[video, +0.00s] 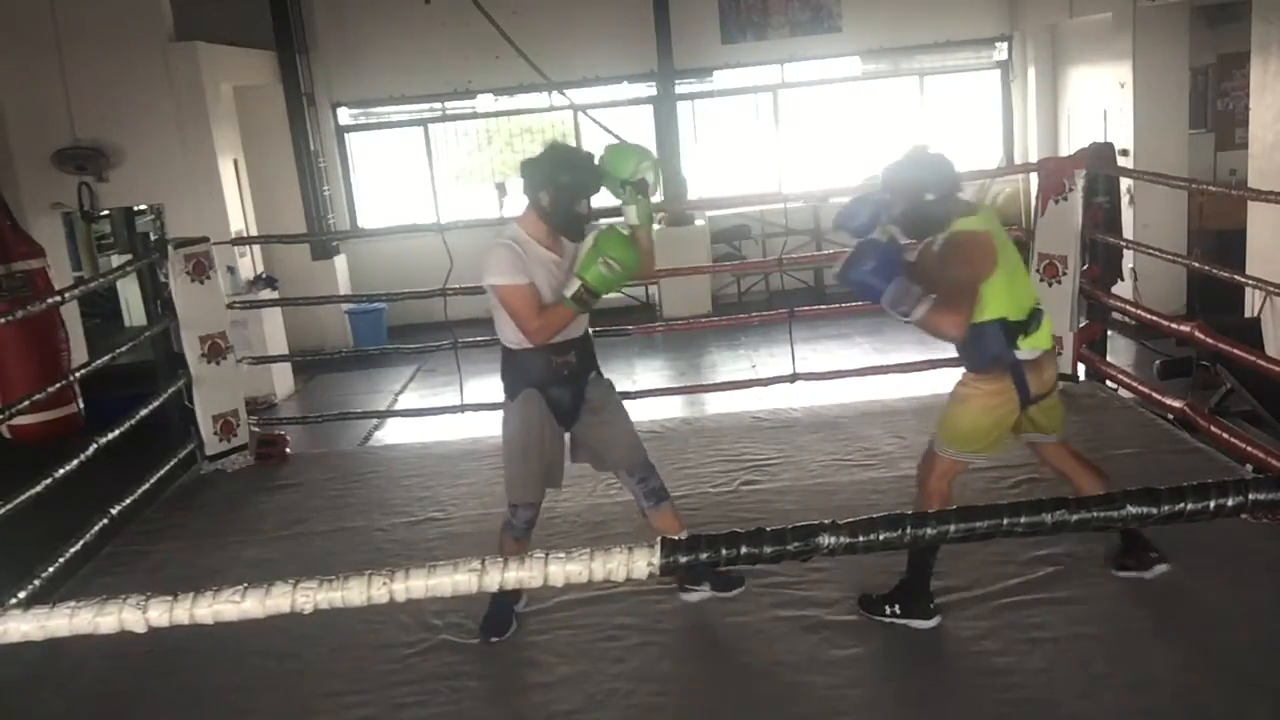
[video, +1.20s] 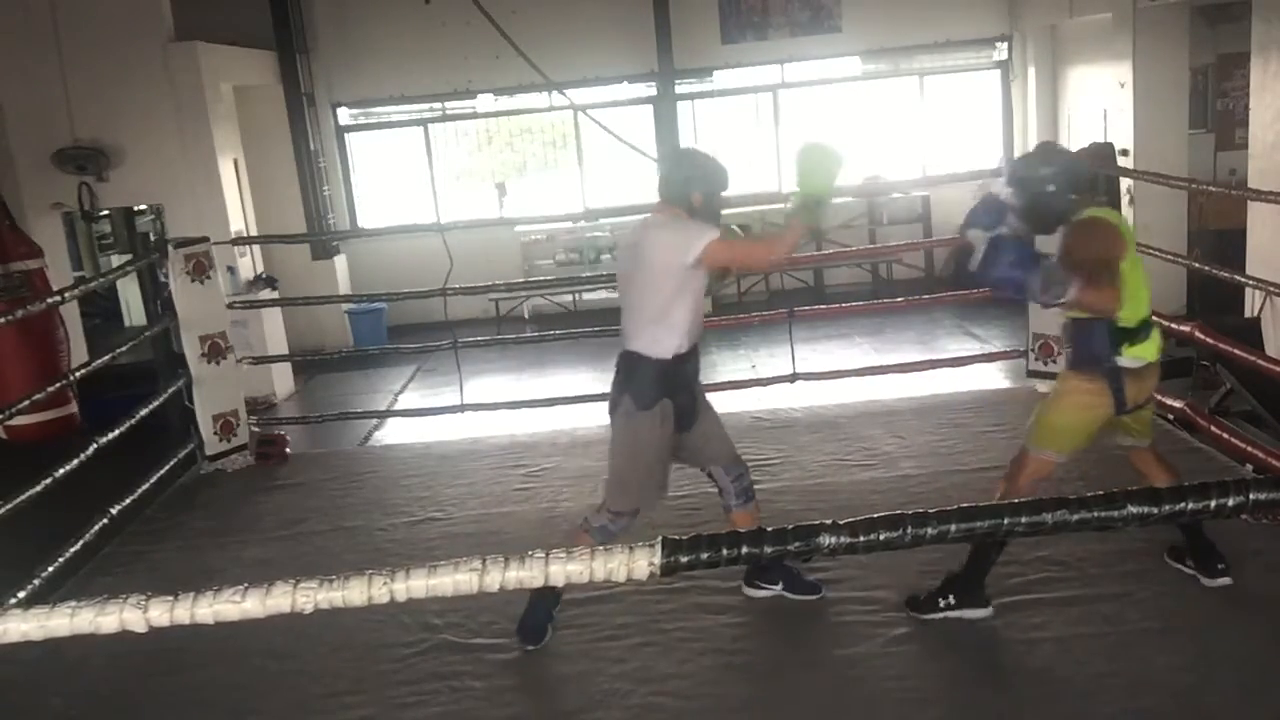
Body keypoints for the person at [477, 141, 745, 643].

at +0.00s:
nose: (589, 208)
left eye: (591, 196)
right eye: (580, 197)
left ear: (569, 197)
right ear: (548, 196)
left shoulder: (575, 243)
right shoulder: (505, 255)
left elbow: (641, 266)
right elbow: (536, 329)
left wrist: (638, 204)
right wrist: (589, 288)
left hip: (585, 379)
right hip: (531, 388)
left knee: (639, 469)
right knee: (523, 507)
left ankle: (689, 566)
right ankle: (507, 593)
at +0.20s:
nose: (620, 215)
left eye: (621, 205)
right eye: (611, 206)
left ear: (614, 203)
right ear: (578, 204)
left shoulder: (607, 251)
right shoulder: (529, 261)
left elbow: (675, 273)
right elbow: (557, 338)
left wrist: (670, 210)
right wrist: (611, 304)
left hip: (608, 388)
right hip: (552, 395)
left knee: (663, 487)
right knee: (529, 510)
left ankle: (713, 584)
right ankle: (507, 595)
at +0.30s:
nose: (647, 226)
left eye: (649, 215)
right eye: (637, 217)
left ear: (648, 212)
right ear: (603, 218)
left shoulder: (641, 252)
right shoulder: (555, 266)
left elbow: (684, 308)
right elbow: (572, 349)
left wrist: (697, 269)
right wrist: (632, 319)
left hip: (631, 393)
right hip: (574, 399)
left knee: (696, 482)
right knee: (541, 513)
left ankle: (721, 584)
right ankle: (509, 592)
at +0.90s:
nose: (650, 206)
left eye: (652, 195)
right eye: (644, 194)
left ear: (614, 193)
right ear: (616, 192)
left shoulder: (612, 246)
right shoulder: (577, 252)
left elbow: (632, 310)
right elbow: (622, 329)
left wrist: (670, 263)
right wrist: (675, 283)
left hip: (638, 381)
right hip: (592, 391)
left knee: (706, 469)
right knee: (576, 509)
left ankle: (740, 567)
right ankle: (538, 603)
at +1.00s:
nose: (673, 204)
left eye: (673, 194)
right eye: (667, 193)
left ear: (634, 193)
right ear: (637, 192)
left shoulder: (631, 241)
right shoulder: (595, 244)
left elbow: (649, 302)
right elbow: (659, 311)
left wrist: (683, 254)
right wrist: (705, 268)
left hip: (646, 381)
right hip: (604, 389)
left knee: (707, 475)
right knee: (586, 513)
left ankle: (753, 562)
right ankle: (541, 595)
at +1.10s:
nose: (688, 209)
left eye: (688, 199)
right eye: (681, 199)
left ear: (653, 198)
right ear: (655, 198)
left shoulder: (645, 239)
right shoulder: (634, 246)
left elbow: (683, 290)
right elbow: (717, 289)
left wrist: (714, 252)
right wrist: (746, 238)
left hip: (660, 388)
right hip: (625, 393)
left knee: (721, 481)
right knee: (603, 520)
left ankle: (760, 566)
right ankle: (544, 594)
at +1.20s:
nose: (718, 206)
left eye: (719, 197)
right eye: (715, 196)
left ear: (669, 191)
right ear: (694, 193)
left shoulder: (641, 234)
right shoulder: (679, 237)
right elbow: (771, 252)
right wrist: (807, 212)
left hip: (674, 387)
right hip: (648, 389)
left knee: (734, 479)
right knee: (620, 510)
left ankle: (762, 567)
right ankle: (548, 587)